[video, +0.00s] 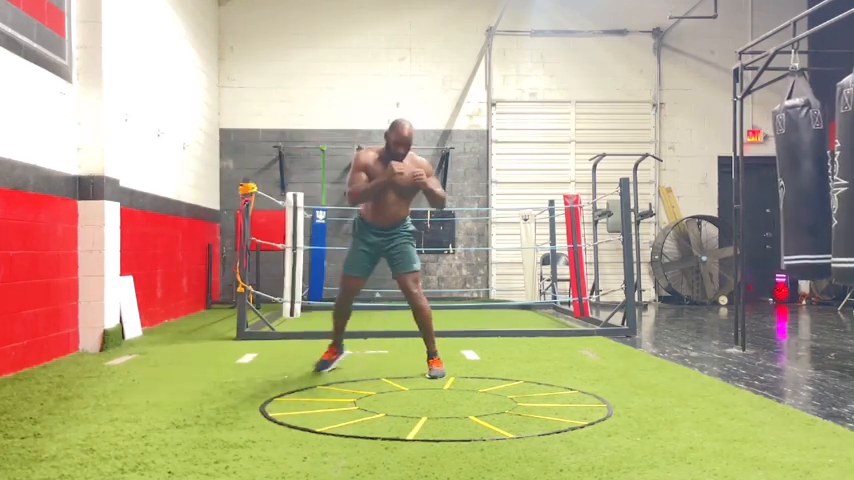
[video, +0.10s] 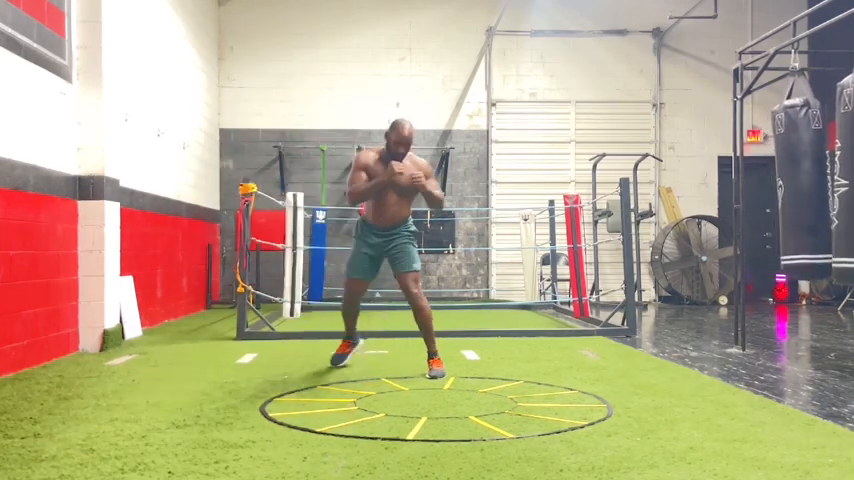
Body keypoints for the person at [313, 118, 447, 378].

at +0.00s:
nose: (401, 151)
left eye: (406, 146)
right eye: (397, 145)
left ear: (412, 143)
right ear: (386, 138)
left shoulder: (420, 165)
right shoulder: (366, 158)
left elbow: (440, 203)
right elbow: (353, 196)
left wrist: (427, 186)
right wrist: (385, 179)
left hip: (400, 234)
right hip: (366, 233)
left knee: (413, 291)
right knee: (346, 292)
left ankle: (433, 355)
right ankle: (336, 346)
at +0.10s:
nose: (403, 150)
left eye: (407, 145)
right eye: (399, 144)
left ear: (412, 142)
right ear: (387, 138)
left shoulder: (420, 166)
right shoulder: (366, 158)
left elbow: (438, 204)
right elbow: (354, 196)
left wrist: (424, 187)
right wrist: (386, 179)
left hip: (401, 234)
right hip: (368, 234)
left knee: (413, 291)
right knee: (351, 294)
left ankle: (433, 356)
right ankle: (349, 339)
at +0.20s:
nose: (394, 153)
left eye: (399, 147)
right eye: (390, 146)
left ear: (405, 145)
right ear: (380, 140)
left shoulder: (416, 167)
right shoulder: (361, 164)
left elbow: (433, 204)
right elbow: (350, 199)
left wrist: (417, 191)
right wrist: (379, 180)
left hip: (400, 236)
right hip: (368, 237)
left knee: (411, 291)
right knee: (351, 296)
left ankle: (434, 356)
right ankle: (356, 340)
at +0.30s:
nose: (384, 153)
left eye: (388, 149)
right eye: (379, 148)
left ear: (393, 147)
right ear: (369, 144)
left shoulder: (405, 170)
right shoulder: (352, 169)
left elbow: (424, 205)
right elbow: (341, 205)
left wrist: (404, 194)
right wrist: (367, 185)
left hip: (395, 238)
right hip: (364, 240)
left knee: (407, 291)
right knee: (350, 302)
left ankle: (433, 356)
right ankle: (360, 348)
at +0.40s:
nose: (374, 153)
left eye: (379, 148)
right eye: (370, 147)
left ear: (384, 147)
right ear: (360, 144)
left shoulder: (397, 170)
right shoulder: (345, 169)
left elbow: (414, 207)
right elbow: (331, 203)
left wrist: (399, 191)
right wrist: (355, 182)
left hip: (389, 238)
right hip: (358, 240)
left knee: (403, 290)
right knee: (346, 301)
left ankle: (430, 354)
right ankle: (360, 350)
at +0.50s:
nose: (369, 143)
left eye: (373, 139)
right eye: (365, 138)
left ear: (378, 138)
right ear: (355, 136)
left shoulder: (392, 162)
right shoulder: (341, 161)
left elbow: (410, 197)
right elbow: (327, 194)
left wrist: (395, 177)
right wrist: (352, 173)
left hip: (385, 230)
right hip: (355, 233)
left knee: (397, 285)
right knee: (349, 295)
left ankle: (419, 349)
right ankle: (360, 349)